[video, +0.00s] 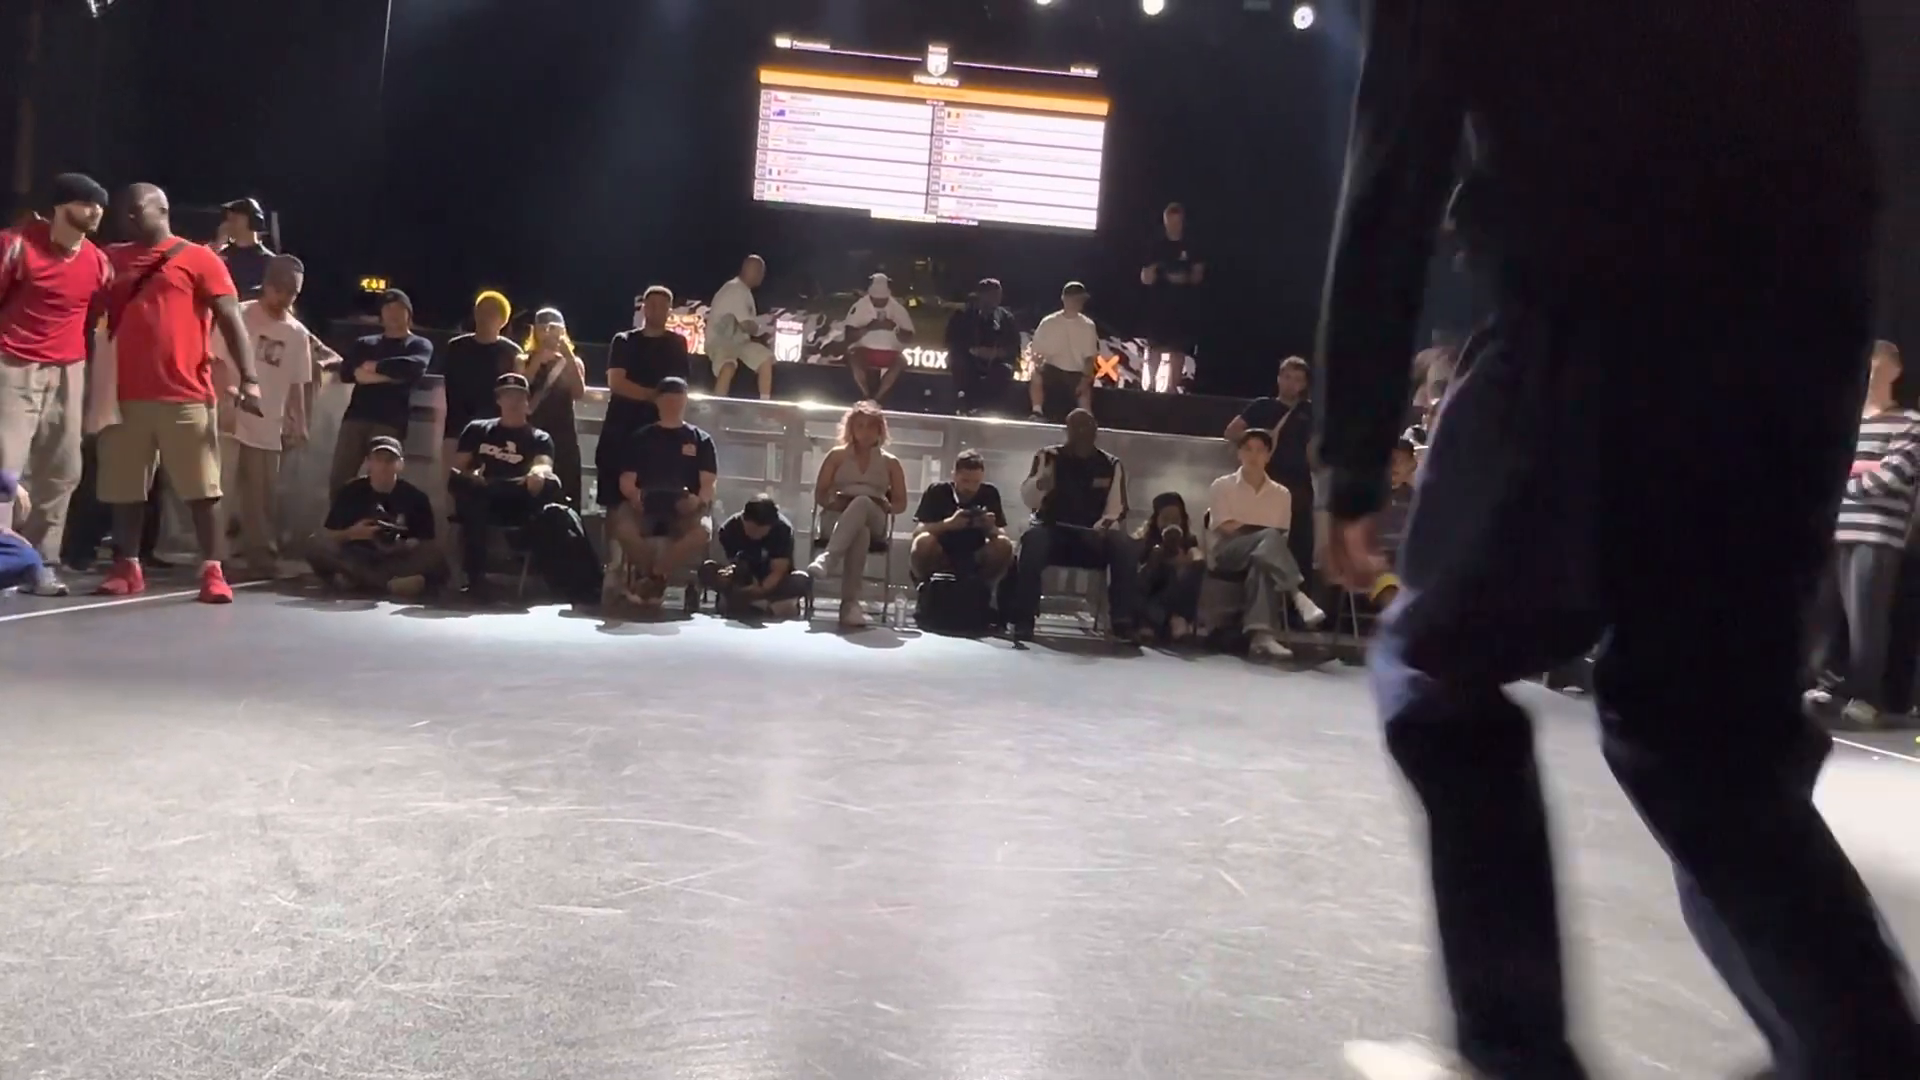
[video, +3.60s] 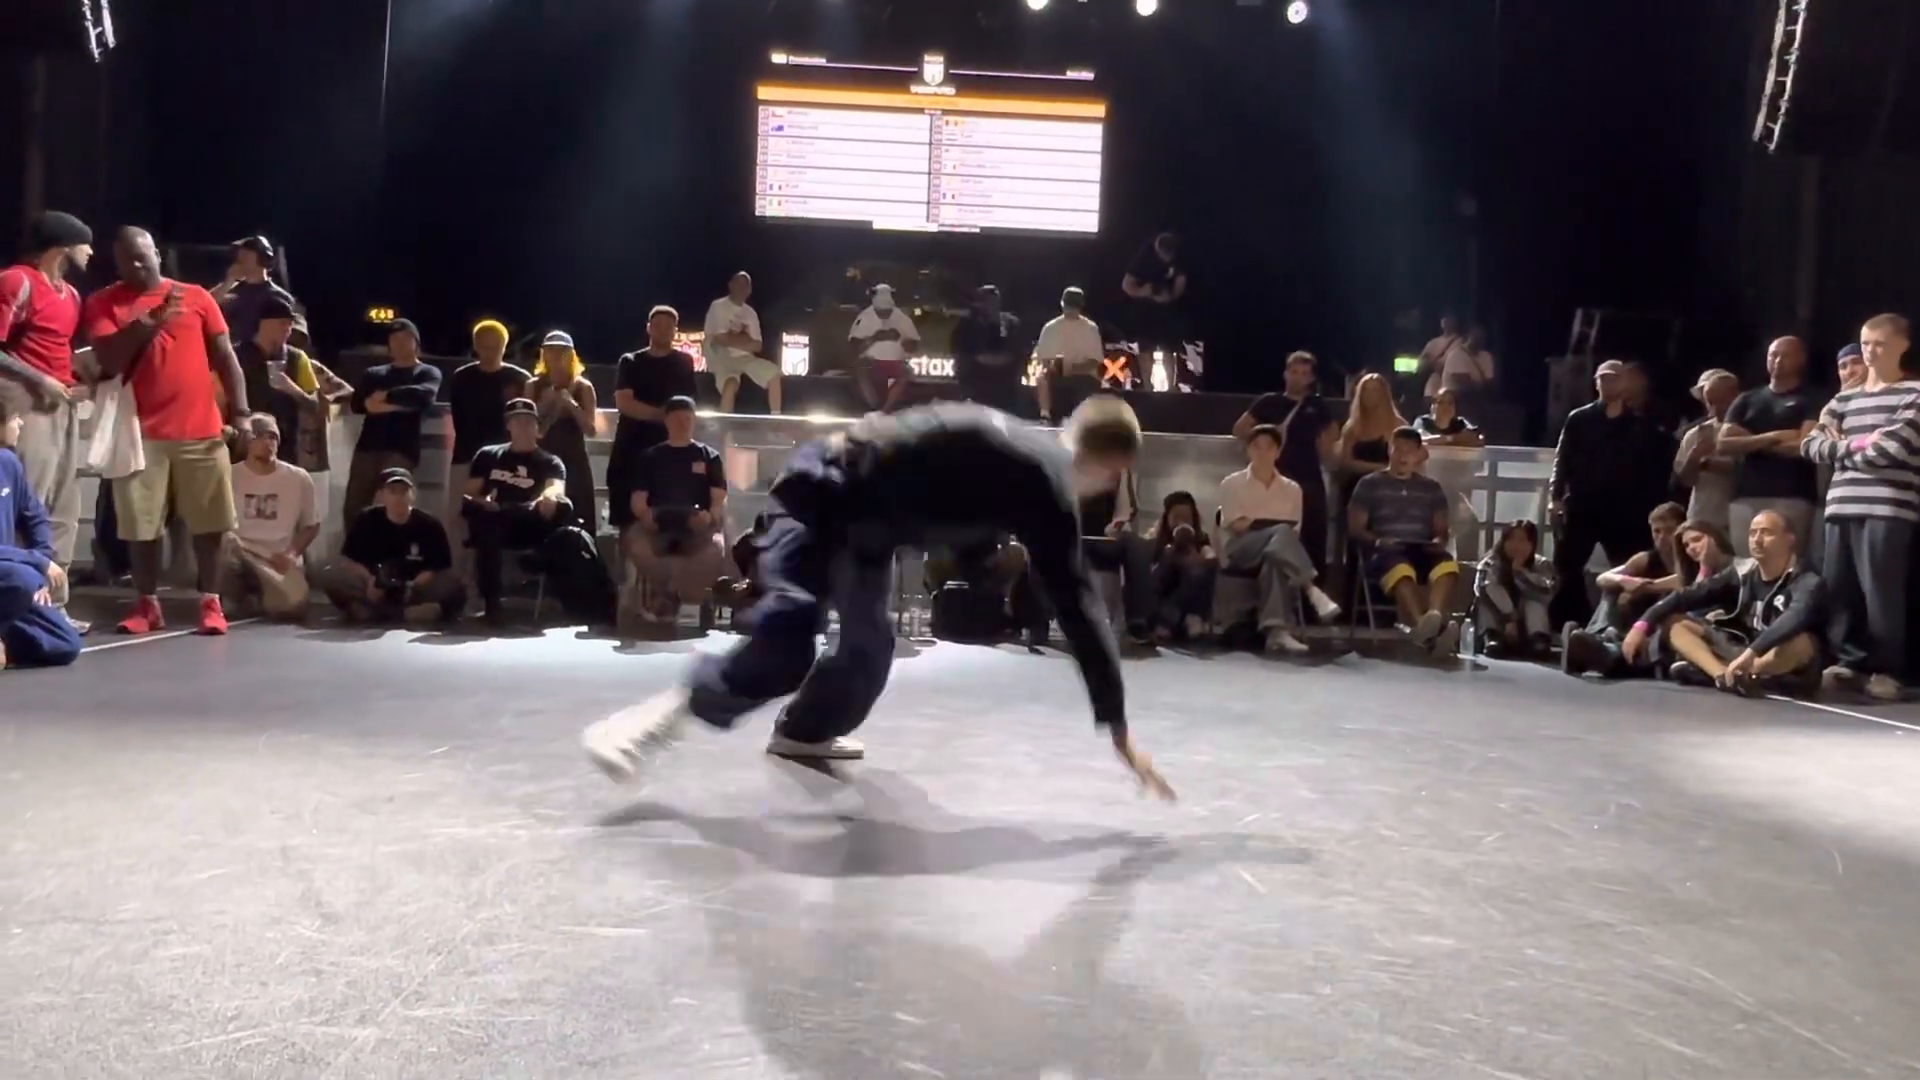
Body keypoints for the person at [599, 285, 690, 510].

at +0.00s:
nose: (656, 311)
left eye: (662, 306)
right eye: (652, 305)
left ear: (669, 311)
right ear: (644, 308)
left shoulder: (677, 342)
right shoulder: (623, 340)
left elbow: (678, 389)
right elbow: (615, 383)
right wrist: (655, 395)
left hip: (659, 429)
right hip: (622, 427)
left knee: (656, 497)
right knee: (615, 499)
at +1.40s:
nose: (639, 338)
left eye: (645, 332)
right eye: (634, 332)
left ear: (652, 337)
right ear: (626, 334)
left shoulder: (661, 369)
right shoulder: (608, 368)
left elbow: (664, 416)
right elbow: (602, 411)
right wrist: (639, 421)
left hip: (646, 454)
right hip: (610, 453)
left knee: (646, 522)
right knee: (605, 525)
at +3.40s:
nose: (660, 334)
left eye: (666, 329)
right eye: (655, 328)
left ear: (672, 333)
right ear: (646, 331)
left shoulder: (681, 363)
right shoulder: (627, 363)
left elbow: (683, 411)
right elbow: (621, 406)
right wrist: (661, 416)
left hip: (666, 451)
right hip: (628, 448)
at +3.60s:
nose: (663, 330)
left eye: (668, 325)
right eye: (658, 324)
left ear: (675, 331)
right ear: (648, 328)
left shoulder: (683, 361)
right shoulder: (630, 361)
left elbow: (686, 409)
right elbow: (624, 403)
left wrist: (637, 406)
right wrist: (664, 414)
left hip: (669, 450)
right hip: (631, 448)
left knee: (668, 517)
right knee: (627, 519)